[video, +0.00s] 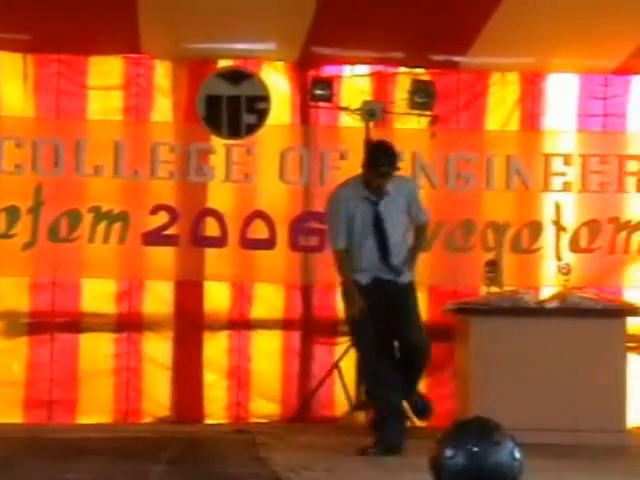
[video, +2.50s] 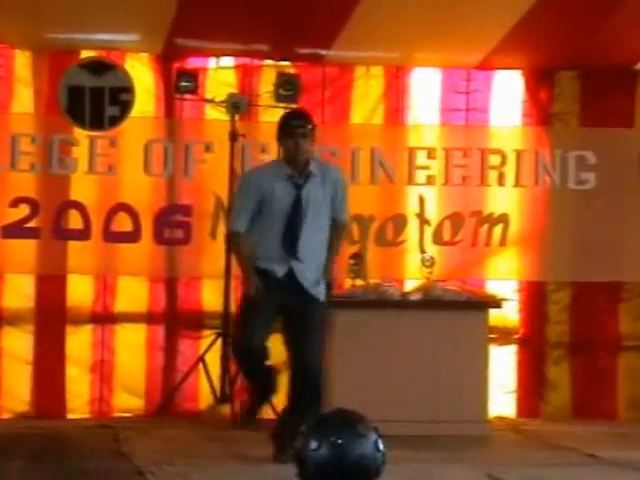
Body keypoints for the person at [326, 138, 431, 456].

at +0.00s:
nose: (382, 182)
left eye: (387, 175)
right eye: (377, 175)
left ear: (394, 172)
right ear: (364, 170)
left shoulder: (405, 190)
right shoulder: (343, 198)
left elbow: (421, 224)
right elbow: (339, 249)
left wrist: (413, 253)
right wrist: (350, 291)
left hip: (400, 284)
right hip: (364, 285)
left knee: (416, 345)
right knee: (374, 360)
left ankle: (406, 388)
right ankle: (389, 433)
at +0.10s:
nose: (370, 180)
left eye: (374, 173)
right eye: (363, 174)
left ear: (381, 168)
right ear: (351, 170)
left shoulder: (394, 188)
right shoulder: (331, 197)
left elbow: (408, 221)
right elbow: (322, 246)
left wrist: (401, 255)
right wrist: (330, 287)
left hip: (384, 282)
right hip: (345, 283)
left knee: (392, 356)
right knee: (342, 357)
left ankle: (393, 430)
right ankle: (358, 428)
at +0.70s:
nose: (348, 182)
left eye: (354, 175)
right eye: (342, 175)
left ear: (361, 172)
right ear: (330, 170)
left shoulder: (369, 199)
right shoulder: (305, 196)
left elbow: (372, 239)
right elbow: (287, 240)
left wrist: (365, 280)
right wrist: (299, 283)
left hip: (353, 294)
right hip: (313, 294)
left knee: (361, 366)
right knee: (309, 371)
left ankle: (343, 433)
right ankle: (335, 425)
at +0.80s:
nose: (348, 185)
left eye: (353, 178)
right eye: (342, 178)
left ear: (361, 175)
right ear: (329, 173)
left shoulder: (371, 202)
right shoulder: (304, 198)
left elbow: (374, 244)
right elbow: (283, 241)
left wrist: (362, 283)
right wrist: (290, 281)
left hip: (344, 299)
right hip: (304, 294)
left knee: (339, 374)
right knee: (280, 353)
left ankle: (327, 443)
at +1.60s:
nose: (320, 179)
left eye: (325, 171)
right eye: (314, 171)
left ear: (332, 169)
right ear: (300, 168)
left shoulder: (343, 196)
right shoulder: (276, 197)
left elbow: (351, 242)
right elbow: (263, 246)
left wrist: (338, 286)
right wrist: (277, 285)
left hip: (320, 296)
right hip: (283, 294)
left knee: (312, 373)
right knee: (278, 371)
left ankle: (280, 436)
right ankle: (285, 444)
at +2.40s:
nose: (296, 149)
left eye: (301, 140)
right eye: (289, 141)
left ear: (308, 140)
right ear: (276, 141)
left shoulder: (322, 176)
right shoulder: (251, 177)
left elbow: (329, 222)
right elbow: (238, 231)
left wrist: (329, 262)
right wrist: (255, 277)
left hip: (314, 282)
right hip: (273, 284)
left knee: (331, 356)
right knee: (283, 359)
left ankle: (321, 422)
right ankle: (306, 422)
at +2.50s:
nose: (300, 145)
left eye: (306, 137)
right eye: (293, 137)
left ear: (314, 141)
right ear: (281, 141)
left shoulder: (331, 180)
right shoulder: (257, 179)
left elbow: (339, 227)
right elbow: (236, 234)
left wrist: (328, 270)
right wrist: (249, 277)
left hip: (309, 280)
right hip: (265, 277)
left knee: (308, 365)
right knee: (247, 343)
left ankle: (293, 434)